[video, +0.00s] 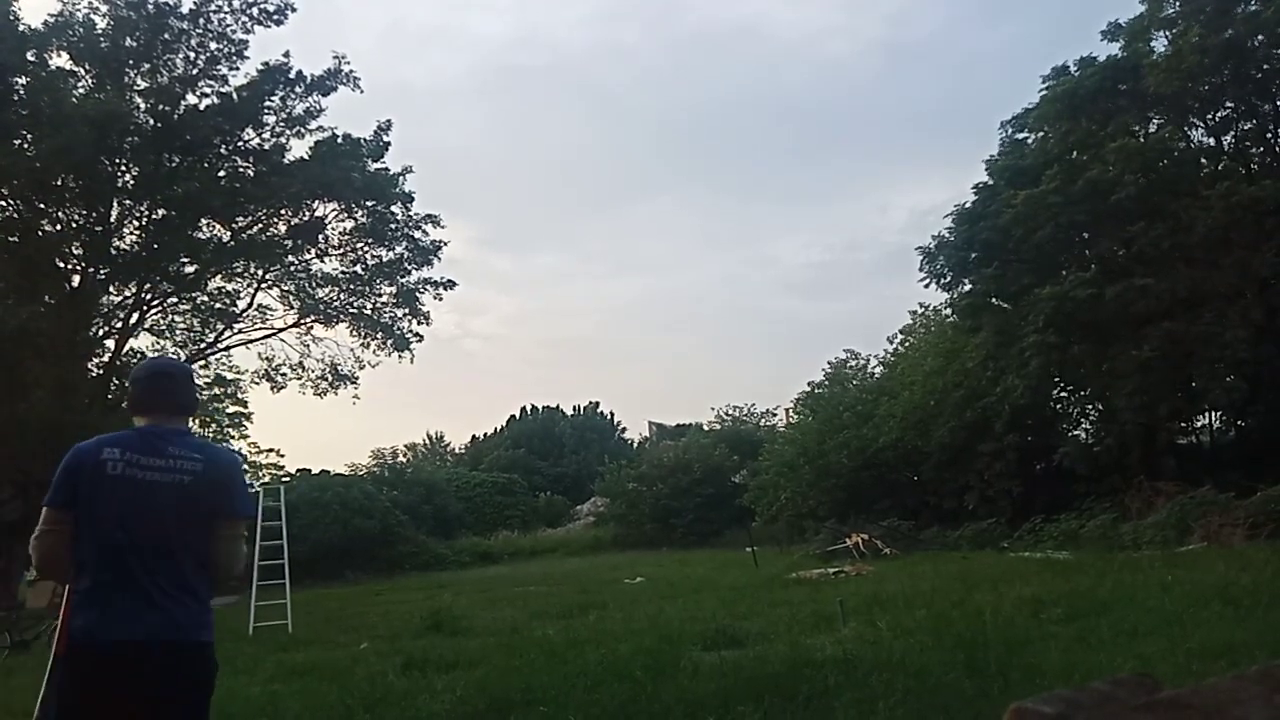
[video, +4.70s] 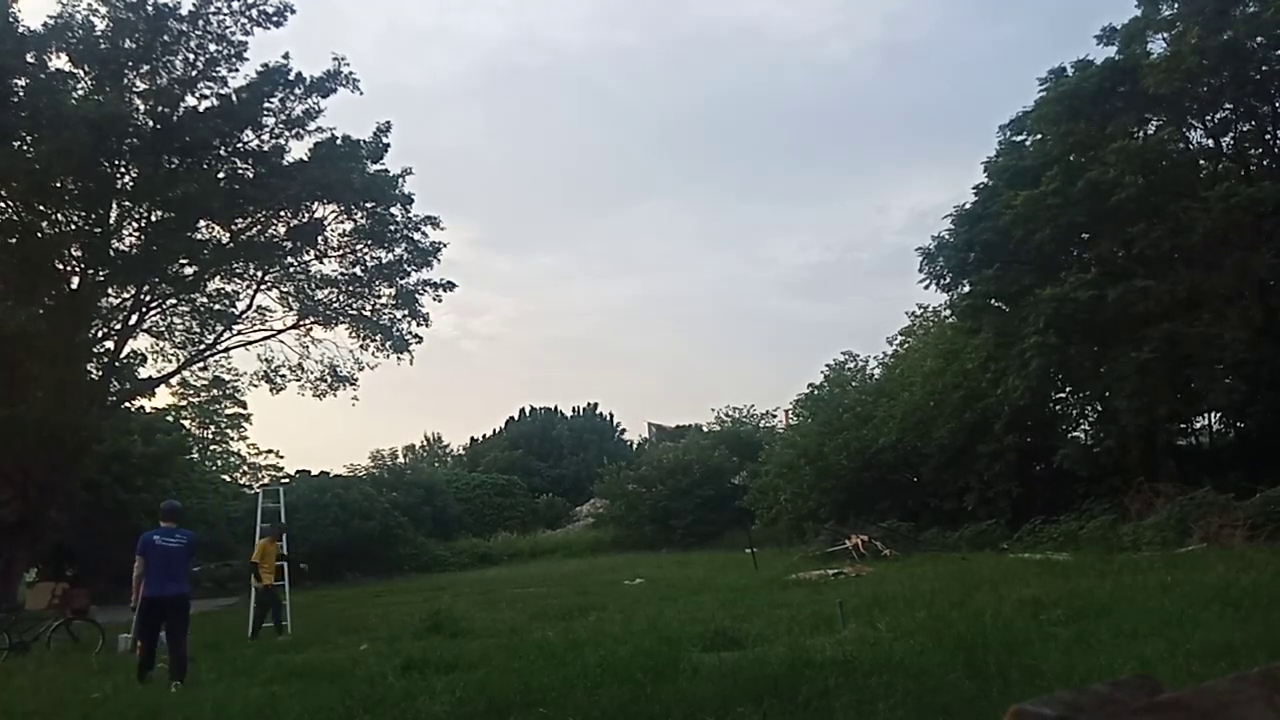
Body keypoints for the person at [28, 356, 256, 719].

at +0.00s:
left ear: (130, 403)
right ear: (192, 405)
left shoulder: (86, 456)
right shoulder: (223, 464)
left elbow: (46, 556)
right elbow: (229, 567)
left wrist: (107, 570)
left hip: (93, 652)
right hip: (183, 655)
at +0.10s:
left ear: (117, 416)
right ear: (177, 416)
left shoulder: (77, 472)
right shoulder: (209, 474)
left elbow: (43, 568)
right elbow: (219, 571)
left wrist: (99, 587)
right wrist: (172, 595)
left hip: (90, 659)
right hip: (176, 660)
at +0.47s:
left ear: (115, 420)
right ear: (168, 422)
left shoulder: (77, 467)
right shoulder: (192, 472)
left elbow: (45, 550)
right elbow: (200, 553)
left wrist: (84, 574)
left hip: (88, 633)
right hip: (166, 635)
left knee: (83, 713)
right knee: (177, 713)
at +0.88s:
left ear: (159, 441)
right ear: (203, 447)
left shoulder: (121, 480)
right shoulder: (217, 495)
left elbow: (88, 549)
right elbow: (219, 567)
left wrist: (128, 562)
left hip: (118, 625)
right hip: (180, 631)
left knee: (99, 711)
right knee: (173, 712)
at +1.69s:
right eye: (198, 463)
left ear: (161, 465)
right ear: (196, 466)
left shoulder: (135, 498)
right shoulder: (211, 499)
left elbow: (116, 554)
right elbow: (220, 552)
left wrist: (145, 560)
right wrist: (221, 586)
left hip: (146, 610)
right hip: (196, 610)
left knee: (145, 693)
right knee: (202, 684)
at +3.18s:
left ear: (185, 492)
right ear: (209, 494)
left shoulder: (167, 515)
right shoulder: (219, 520)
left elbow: (151, 553)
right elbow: (234, 555)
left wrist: (167, 554)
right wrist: (223, 562)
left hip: (172, 596)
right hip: (204, 597)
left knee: (164, 650)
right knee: (198, 650)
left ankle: (170, 686)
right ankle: (196, 700)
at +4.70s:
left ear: (160, 516)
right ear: (178, 517)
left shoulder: (147, 538)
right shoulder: (188, 538)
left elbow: (138, 570)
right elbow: (189, 566)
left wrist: (134, 596)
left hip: (152, 597)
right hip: (178, 597)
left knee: (147, 639)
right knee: (177, 640)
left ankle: (143, 677)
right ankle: (177, 680)